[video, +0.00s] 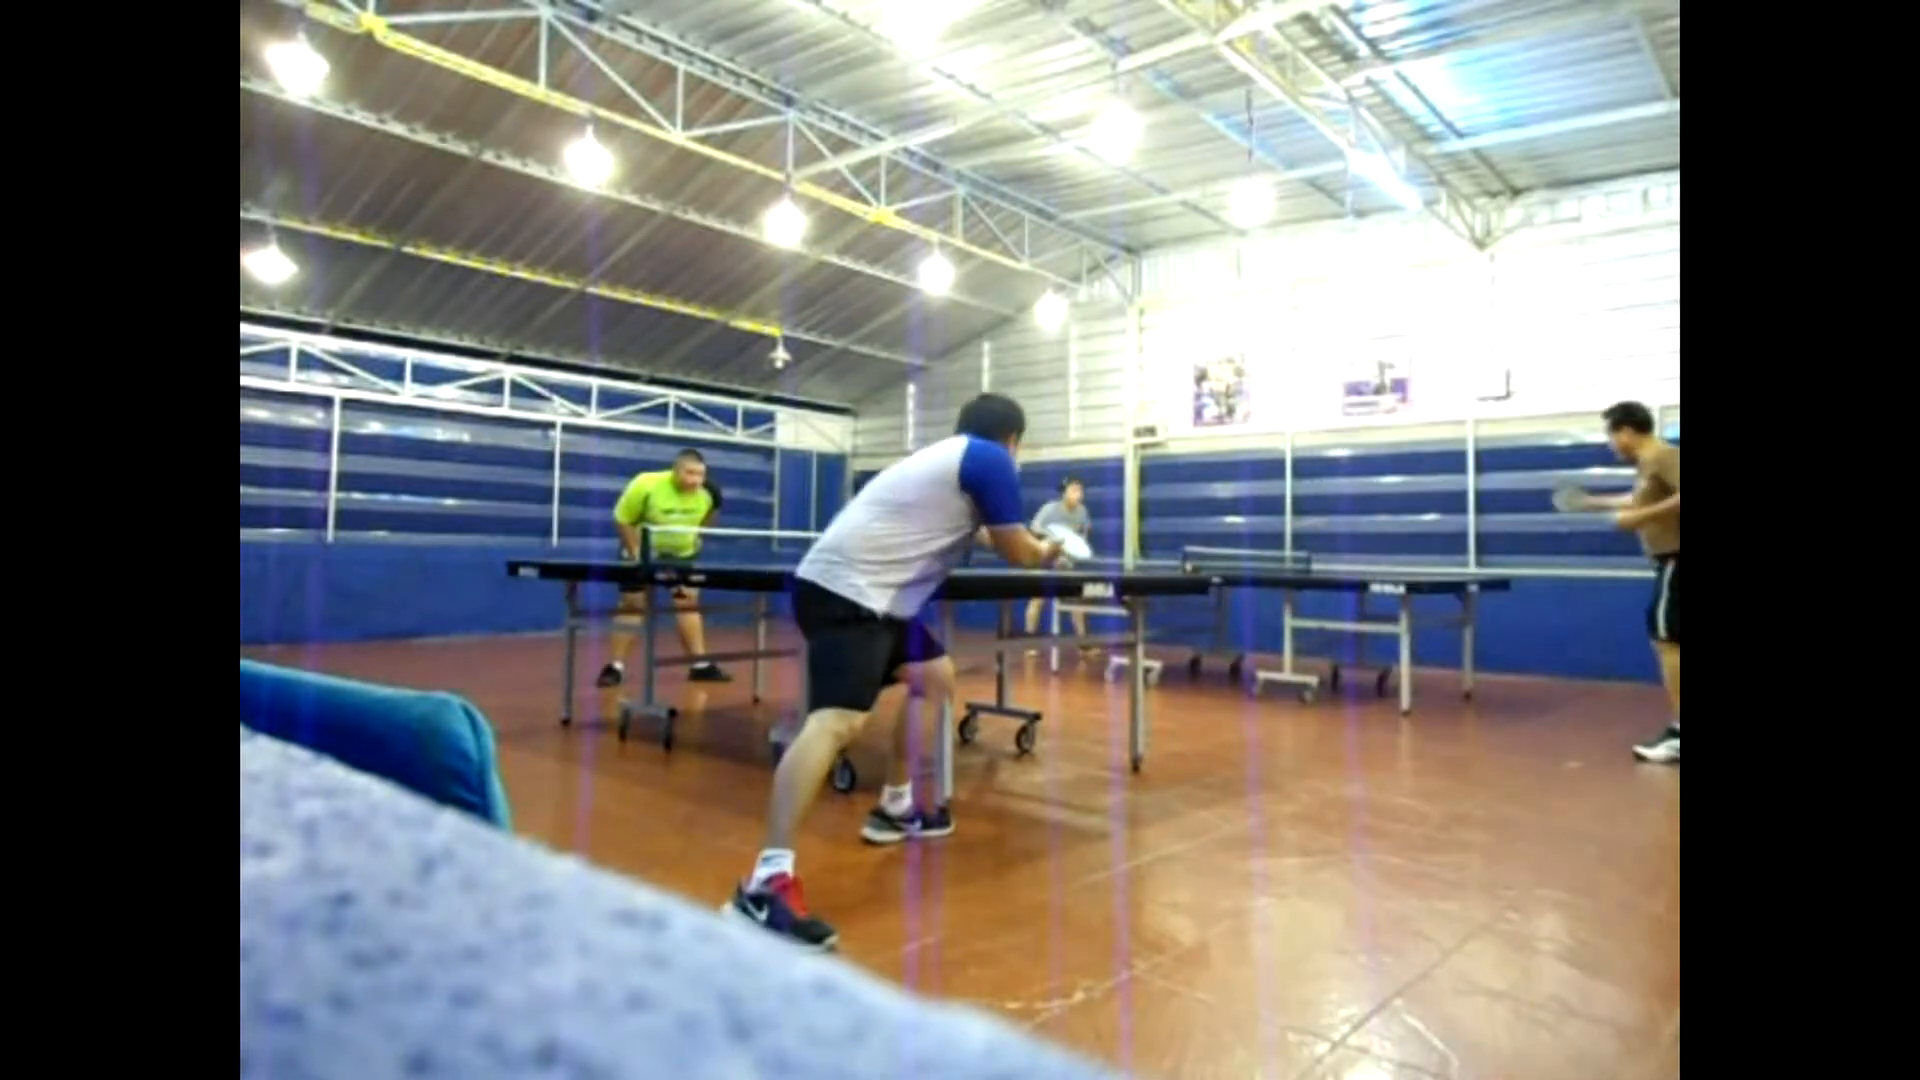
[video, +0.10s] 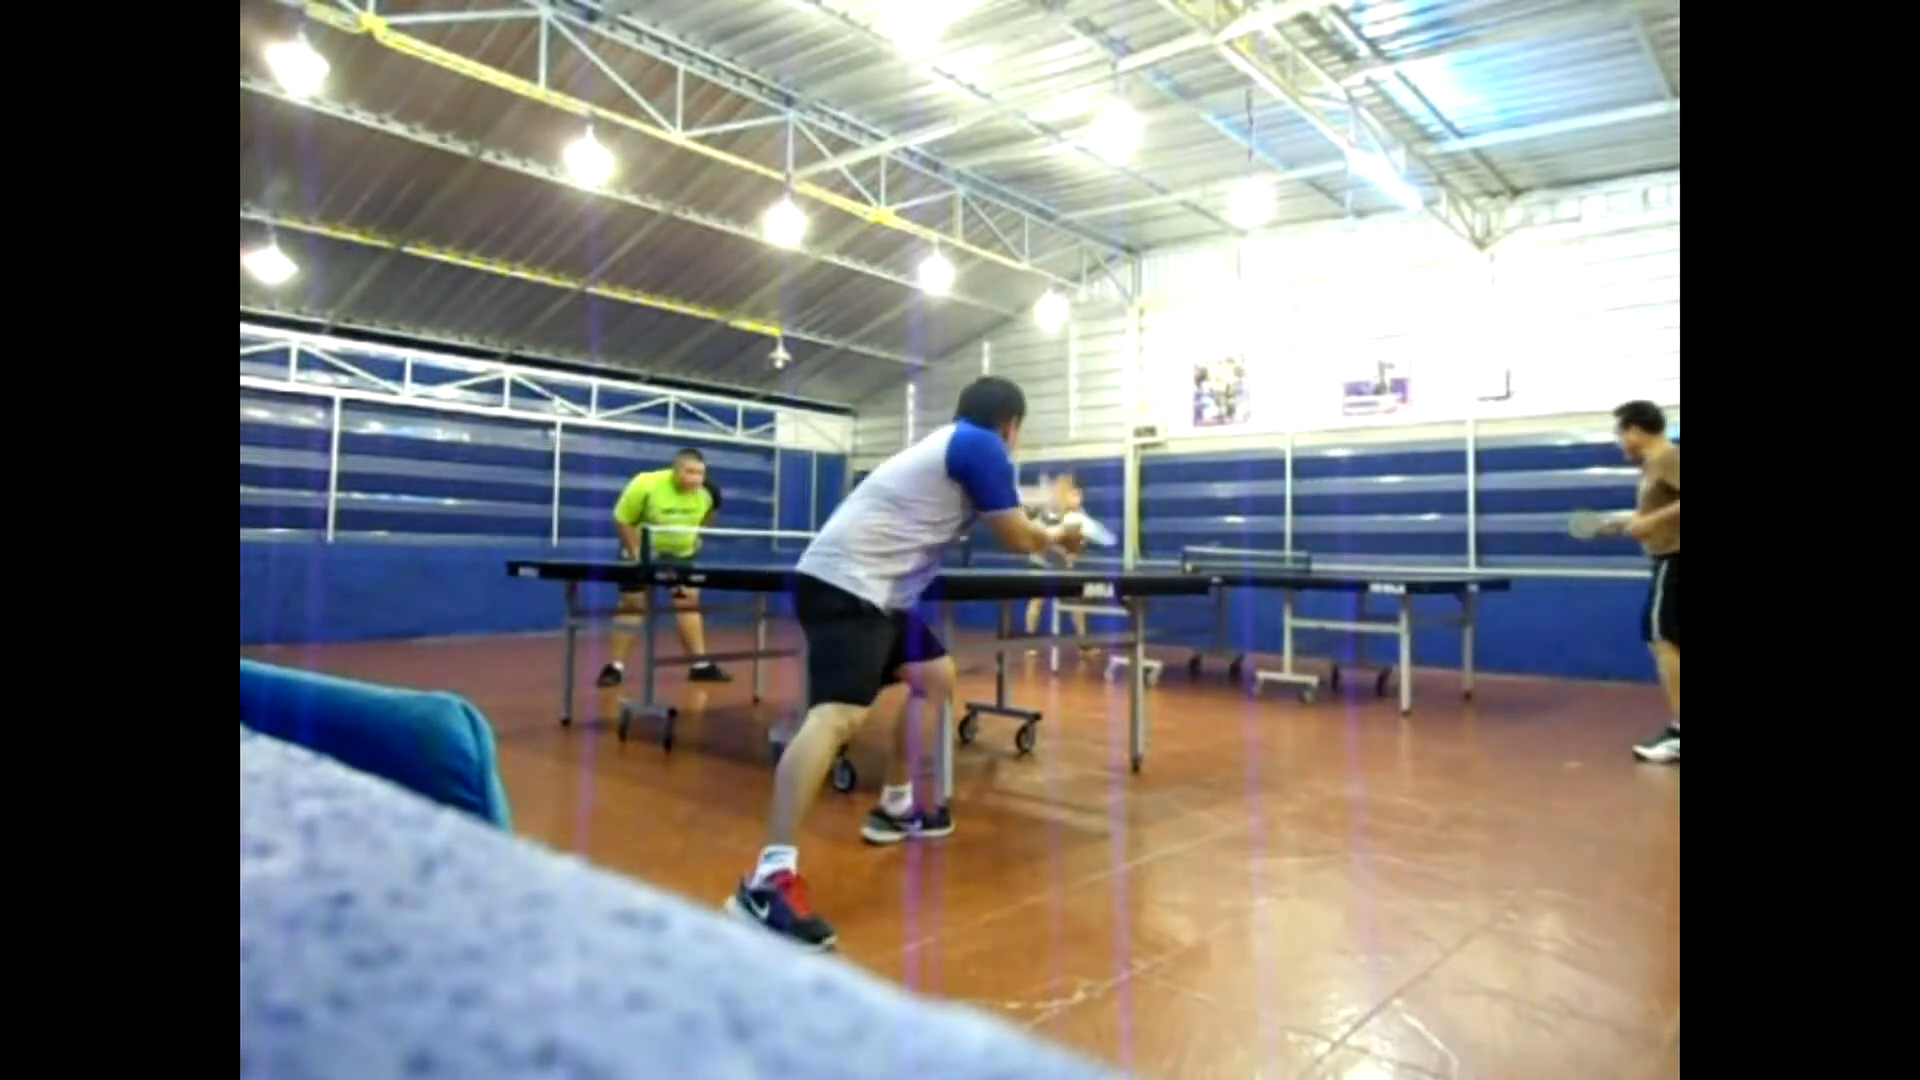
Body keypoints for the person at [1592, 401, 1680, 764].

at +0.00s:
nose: (1613, 444)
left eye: (1614, 435)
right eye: (1611, 436)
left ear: (1630, 432)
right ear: (1633, 432)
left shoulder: (1662, 457)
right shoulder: (1647, 462)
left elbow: (1677, 495)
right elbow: (1642, 500)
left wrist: (1641, 515)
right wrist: (1593, 502)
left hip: (1673, 559)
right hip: (1664, 559)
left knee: (1666, 640)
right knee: (1662, 639)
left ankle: (1677, 728)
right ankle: (1676, 726)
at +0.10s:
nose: (1621, 441)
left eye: (1623, 432)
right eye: (1620, 433)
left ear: (1638, 430)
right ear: (1643, 431)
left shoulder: (1666, 458)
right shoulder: (1651, 464)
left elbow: (1678, 501)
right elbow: (1655, 511)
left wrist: (1650, 522)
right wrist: (1620, 524)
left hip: (1671, 559)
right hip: (1662, 558)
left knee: (1663, 639)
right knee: (1660, 639)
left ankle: (1677, 727)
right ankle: (1675, 726)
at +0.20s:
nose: (1626, 445)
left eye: (1629, 437)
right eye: (1626, 438)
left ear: (1643, 437)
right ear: (1651, 436)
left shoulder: (1668, 464)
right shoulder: (1662, 467)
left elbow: (1675, 513)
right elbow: (1667, 518)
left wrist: (1645, 532)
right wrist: (1635, 534)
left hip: (1675, 566)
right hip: (1669, 565)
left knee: (1663, 642)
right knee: (1663, 641)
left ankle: (1677, 727)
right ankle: (1675, 726)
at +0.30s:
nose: (1627, 445)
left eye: (1630, 437)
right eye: (1627, 438)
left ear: (1644, 437)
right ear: (1652, 436)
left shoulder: (1670, 463)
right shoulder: (1665, 464)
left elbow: (1675, 511)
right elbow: (1672, 513)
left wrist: (1647, 532)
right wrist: (1646, 534)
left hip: (1679, 568)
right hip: (1675, 565)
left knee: (1672, 638)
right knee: (1670, 637)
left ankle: (1678, 725)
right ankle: (1676, 724)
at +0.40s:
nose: (1628, 448)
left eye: (1630, 440)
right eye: (1628, 440)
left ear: (1645, 439)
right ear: (1655, 438)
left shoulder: (1669, 465)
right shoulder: (1664, 467)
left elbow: (1675, 509)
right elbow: (1671, 513)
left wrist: (1644, 532)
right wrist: (1645, 533)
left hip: (1678, 571)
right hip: (1675, 568)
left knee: (1674, 637)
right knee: (1672, 636)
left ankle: (1678, 742)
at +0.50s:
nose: (1628, 458)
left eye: (1629, 450)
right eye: (1627, 450)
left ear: (1644, 447)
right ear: (1651, 446)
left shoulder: (1670, 470)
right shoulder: (1667, 471)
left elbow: (1668, 521)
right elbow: (1667, 521)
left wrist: (1628, 535)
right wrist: (1631, 534)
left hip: (1678, 580)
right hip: (1676, 577)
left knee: (1676, 640)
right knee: (1674, 638)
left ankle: (1678, 741)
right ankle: (1677, 741)